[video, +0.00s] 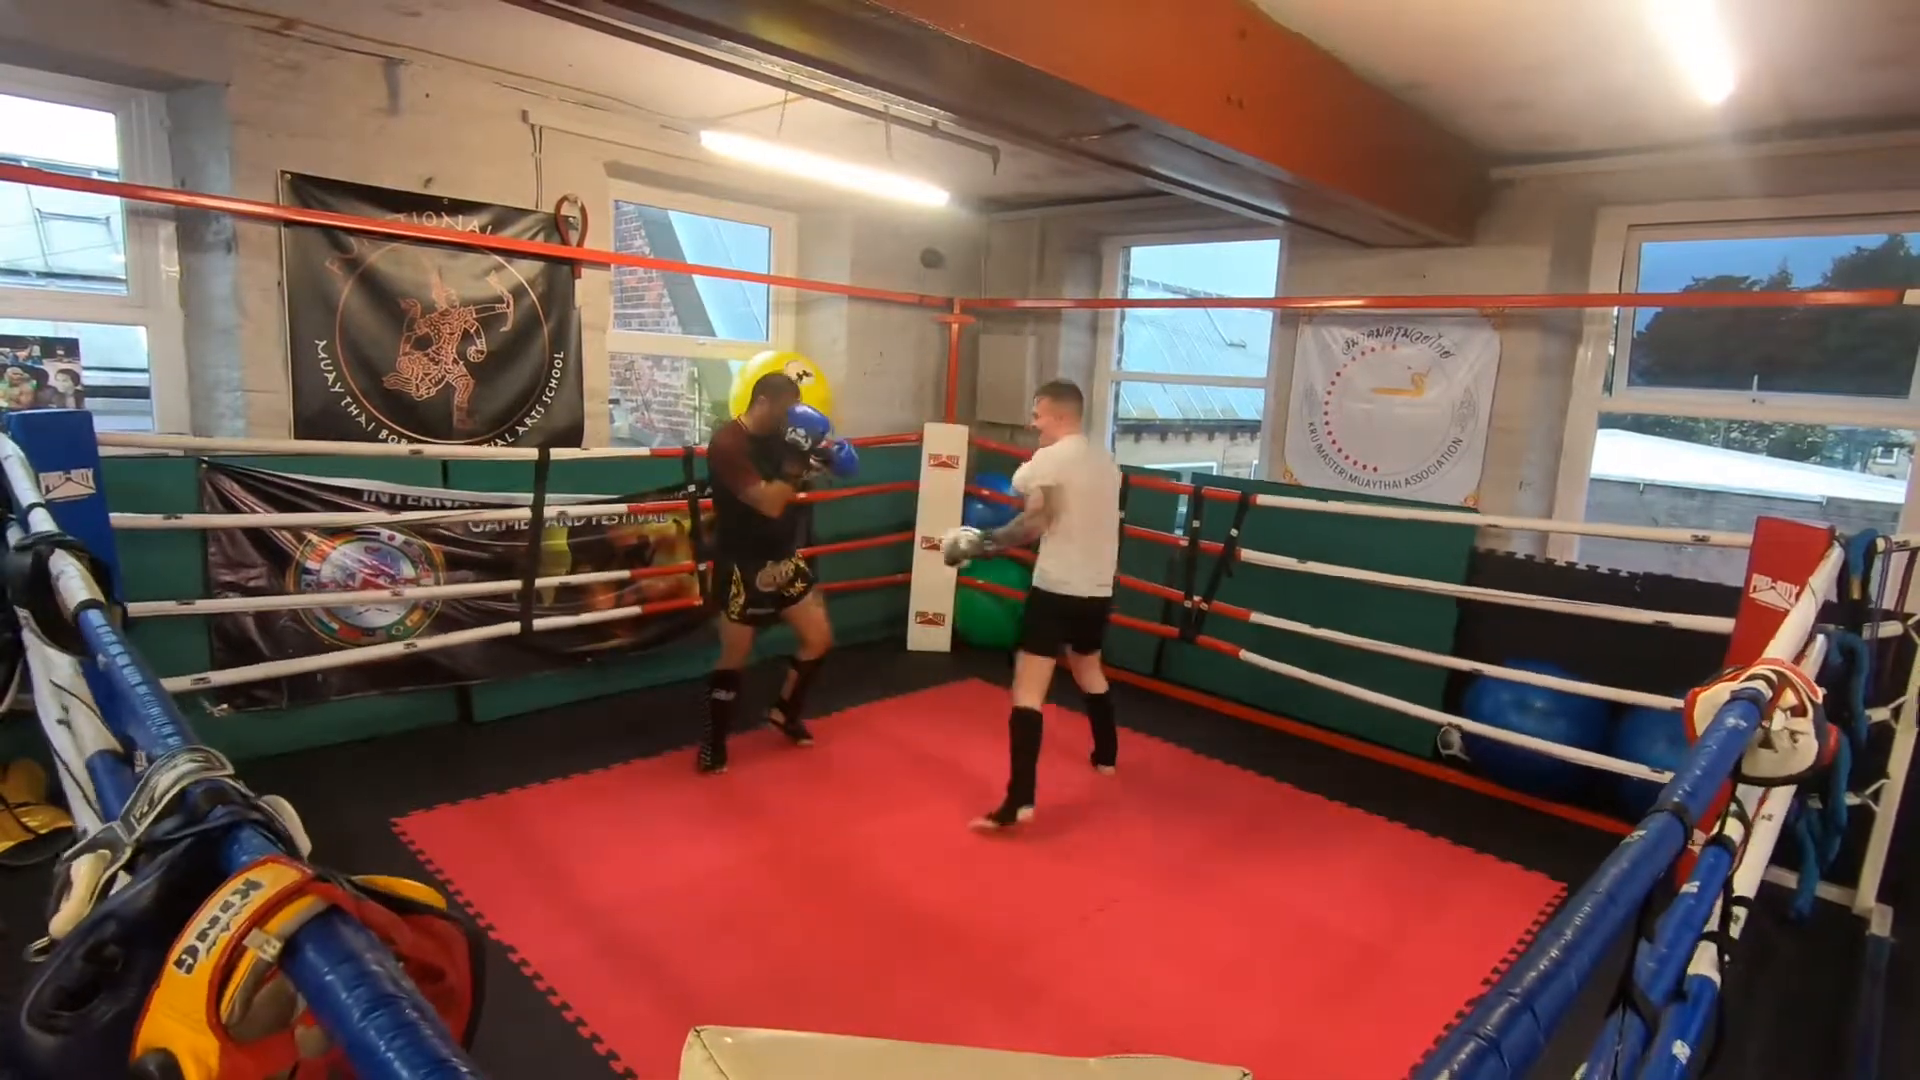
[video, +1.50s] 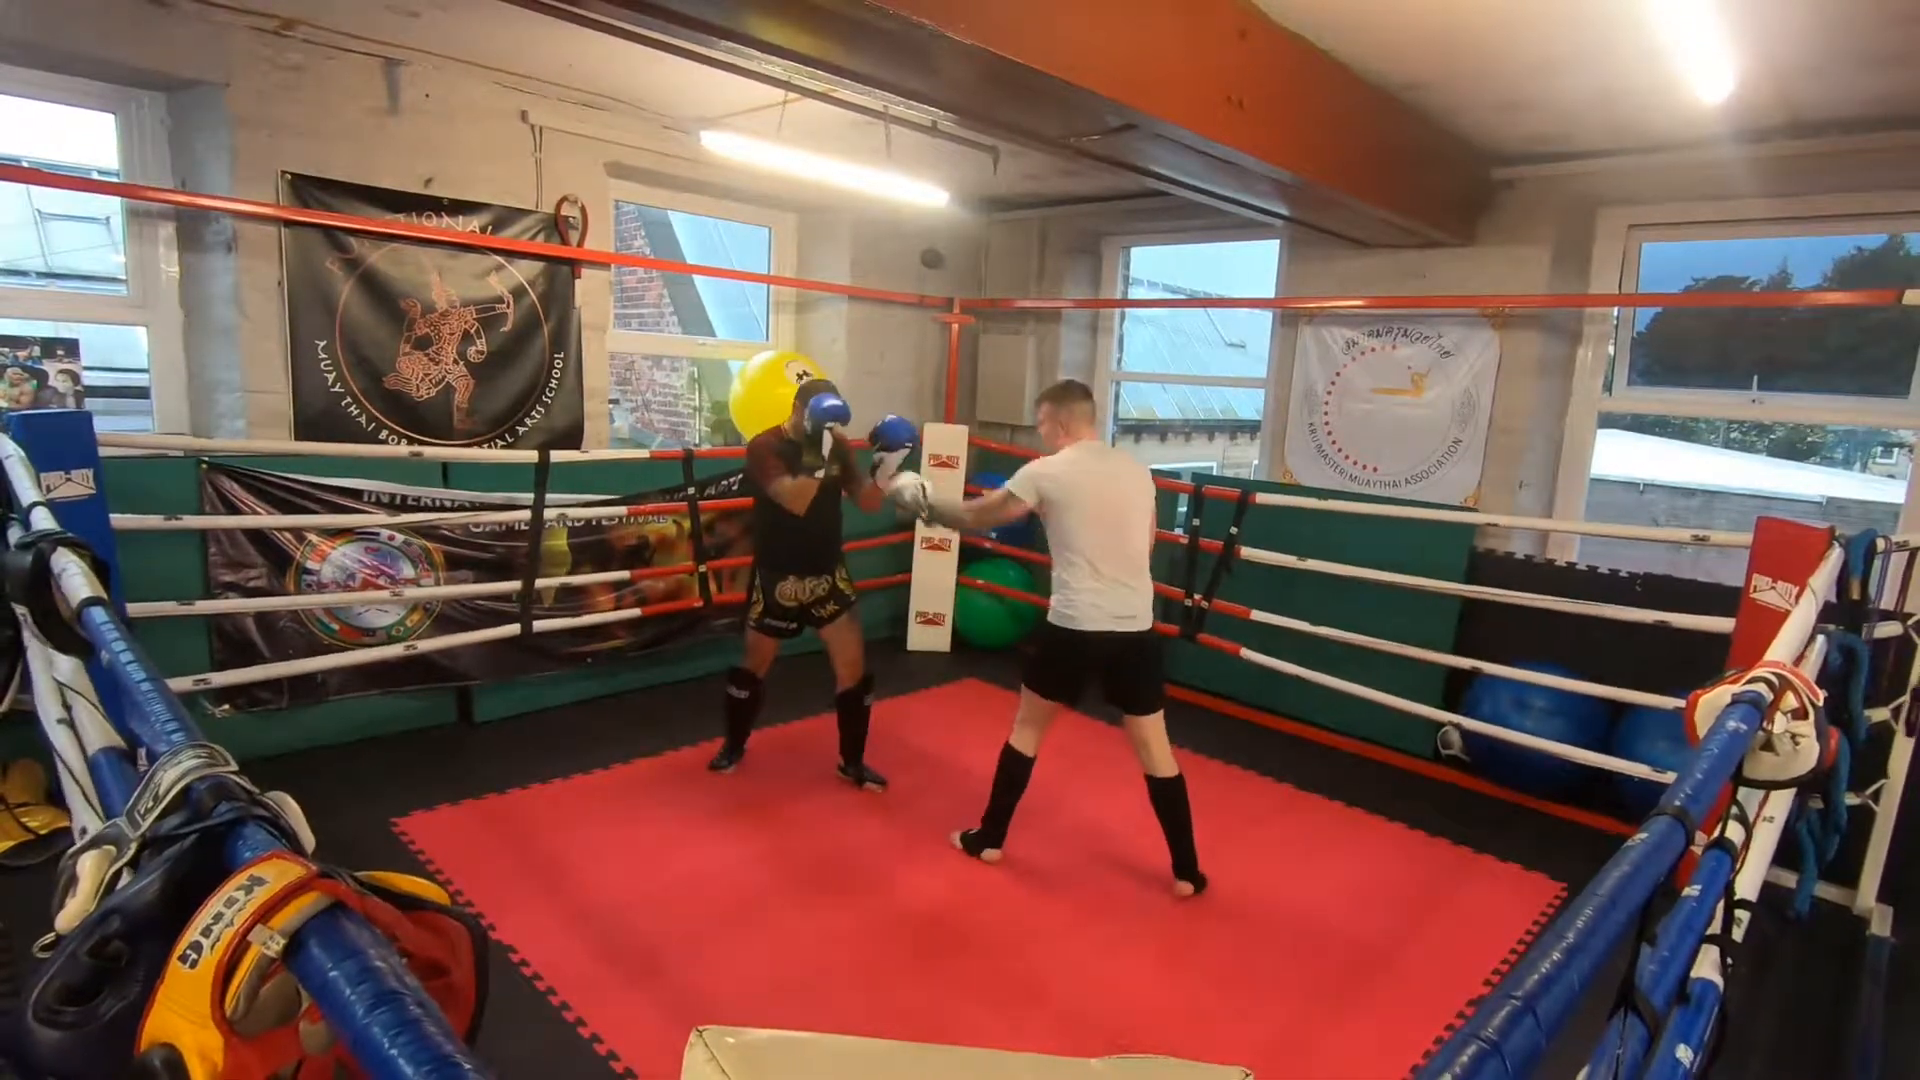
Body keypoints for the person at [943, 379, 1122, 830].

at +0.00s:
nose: (1034, 424)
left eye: (1038, 416)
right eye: (1035, 416)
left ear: (1055, 416)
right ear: (1075, 416)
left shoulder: (1044, 464)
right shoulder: (1108, 464)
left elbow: (1030, 525)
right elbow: (1087, 520)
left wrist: (979, 542)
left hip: (1054, 593)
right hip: (1097, 594)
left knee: (1028, 693)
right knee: (1088, 667)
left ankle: (1019, 800)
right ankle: (1107, 756)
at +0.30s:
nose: (1016, 430)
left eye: (1017, 420)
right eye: (1014, 421)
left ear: (1035, 412)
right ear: (1060, 411)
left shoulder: (1033, 459)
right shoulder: (1106, 458)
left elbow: (1012, 536)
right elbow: (1078, 531)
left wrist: (973, 553)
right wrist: (989, 542)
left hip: (1058, 604)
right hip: (1110, 605)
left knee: (1034, 705)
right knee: (1116, 697)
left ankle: (1022, 819)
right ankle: (1149, 807)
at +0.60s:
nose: (1049, 456)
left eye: (1050, 446)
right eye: (1047, 447)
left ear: (1068, 440)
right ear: (1095, 438)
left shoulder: (1066, 487)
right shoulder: (1134, 486)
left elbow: (1061, 556)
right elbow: (1113, 557)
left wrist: (1021, 596)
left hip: (1076, 633)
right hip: (1134, 638)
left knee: (1023, 703)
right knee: (1147, 752)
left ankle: (1009, 816)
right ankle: (1175, 880)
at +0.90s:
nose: (1024, 432)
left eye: (1025, 424)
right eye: (1025, 424)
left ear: (1037, 419)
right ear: (1073, 416)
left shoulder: (1027, 462)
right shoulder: (1119, 463)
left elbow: (962, 497)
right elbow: (1131, 531)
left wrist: (910, 487)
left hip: (1061, 619)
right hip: (1122, 620)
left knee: (1028, 719)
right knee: (1145, 729)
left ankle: (993, 825)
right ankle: (1177, 852)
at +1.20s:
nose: (1043, 439)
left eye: (1043, 431)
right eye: (1041, 431)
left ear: (1060, 425)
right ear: (1096, 424)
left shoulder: (1054, 473)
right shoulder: (1141, 475)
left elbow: (992, 535)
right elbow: (1120, 538)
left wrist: (936, 543)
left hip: (1068, 630)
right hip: (1132, 635)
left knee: (1030, 725)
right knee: (1153, 748)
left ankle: (993, 825)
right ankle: (1184, 871)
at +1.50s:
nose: (1040, 435)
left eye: (1041, 426)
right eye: (1039, 427)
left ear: (1059, 423)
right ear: (1091, 423)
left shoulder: (1049, 471)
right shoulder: (1139, 472)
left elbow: (978, 517)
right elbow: (1140, 542)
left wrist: (924, 501)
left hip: (1070, 632)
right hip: (1135, 636)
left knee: (1029, 728)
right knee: (1155, 748)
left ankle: (990, 837)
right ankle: (1188, 872)